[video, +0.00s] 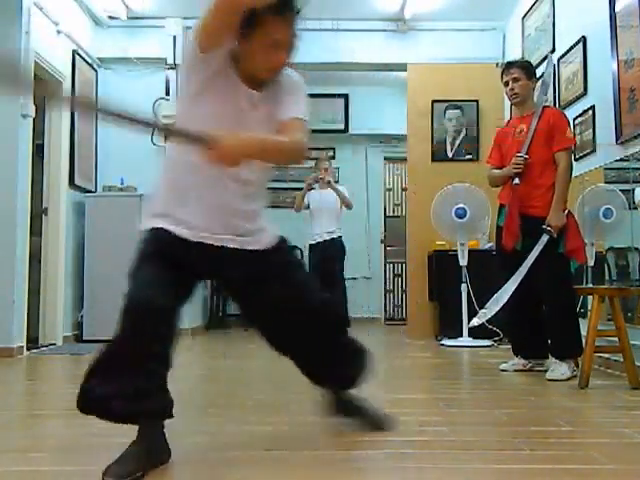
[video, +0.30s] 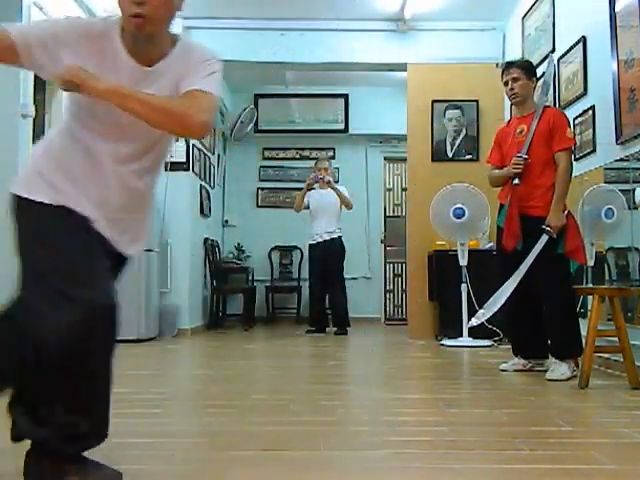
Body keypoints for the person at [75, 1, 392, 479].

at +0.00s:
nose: (279, 56)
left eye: (286, 46)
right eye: (270, 44)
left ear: (291, 45)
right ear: (240, 37)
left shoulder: (288, 85)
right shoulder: (205, 64)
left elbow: (296, 146)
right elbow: (226, 9)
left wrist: (250, 146)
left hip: (247, 234)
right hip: (177, 225)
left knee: (310, 315)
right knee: (144, 313)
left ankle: (341, 395)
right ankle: (150, 434)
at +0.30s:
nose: (138, 5)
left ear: (177, 6)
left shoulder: (198, 62)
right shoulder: (85, 35)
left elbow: (197, 122)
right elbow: (4, 41)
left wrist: (105, 89)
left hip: (118, 222)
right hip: (54, 191)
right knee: (85, 312)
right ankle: (57, 453)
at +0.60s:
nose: (124, 6)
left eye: (127, 1)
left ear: (117, 9)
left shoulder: (112, 44)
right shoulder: (21, 17)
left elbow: (129, 98)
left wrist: (30, 74)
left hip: (46, 222)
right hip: (6, 207)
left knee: (71, 331)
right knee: (42, 304)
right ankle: (16, 459)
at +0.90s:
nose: (72, 38)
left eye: (76, 28)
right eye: (70, 24)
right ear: (32, 8)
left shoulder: (42, 65)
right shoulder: (6, 47)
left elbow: (94, 93)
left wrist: (149, 115)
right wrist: (20, 7)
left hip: (13, 223)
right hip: (3, 224)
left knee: (29, 317)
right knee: (30, 315)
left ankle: (18, 449)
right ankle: (14, 451)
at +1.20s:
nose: (48, 76)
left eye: (51, 67)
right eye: (45, 63)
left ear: (15, 53)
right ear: (12, 49)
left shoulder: (8, 96)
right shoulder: (12, 102)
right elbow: (49, 175)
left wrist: (36, 115)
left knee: (6, 297)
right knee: (5, 297)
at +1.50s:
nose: (42, 86)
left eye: (44, 78)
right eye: (40, 75)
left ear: (14, 66)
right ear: (14, 64)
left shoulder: (8, 110)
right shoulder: (6, 110)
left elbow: (14, 173)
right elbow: (32, 180)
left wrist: (54, 144)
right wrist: (93, 156)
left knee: (8, 301)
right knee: (7, 302)